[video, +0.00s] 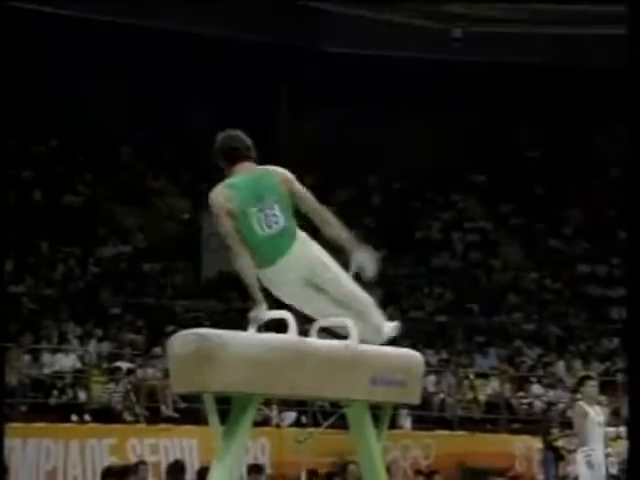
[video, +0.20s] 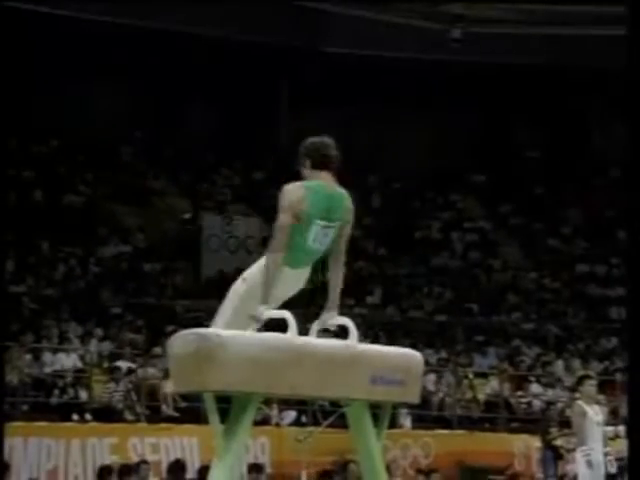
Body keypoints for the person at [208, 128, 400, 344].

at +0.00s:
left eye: (226, 159)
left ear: (223, 163)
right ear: (252, 153)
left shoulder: (220, 197)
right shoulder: (278, 174)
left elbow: (239, 252)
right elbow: (318, 214)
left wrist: (259, 303)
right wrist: (354, 248)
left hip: (275, 276)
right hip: (303, 251)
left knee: (323, 310)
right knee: (344, 287)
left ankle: (368, 337)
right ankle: (381, 328)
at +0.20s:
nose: (301, 169)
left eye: (302, 163)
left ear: (307, 164)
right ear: (332, 164)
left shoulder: (294, 192)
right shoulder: (345, 202)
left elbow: (277, 247)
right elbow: (337, 259)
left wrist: (264, 303)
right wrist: (332, 309)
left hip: (274, 270)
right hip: (299, 276)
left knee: (224, 327)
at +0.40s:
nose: (304, 184)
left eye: (306, 178)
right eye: (306, 180)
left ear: (316, 174)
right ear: (336, 175)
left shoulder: (315, 184)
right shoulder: (356, 215)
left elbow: (298, 213)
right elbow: (342, 265)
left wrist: (275, 247)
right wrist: (332, 310)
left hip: (297, 247)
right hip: (311, 277)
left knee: (235, 279)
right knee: (240, 304)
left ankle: (175, 310)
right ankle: (181, 321)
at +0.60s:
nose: (252, 210)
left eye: (251, 204)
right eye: (250, 206)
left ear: (254, 193)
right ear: (270, 184)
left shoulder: (264, 197)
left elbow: (274, 242)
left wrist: (274, 292)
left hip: (320, 215)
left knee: (345, 261)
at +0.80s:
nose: (219, 190)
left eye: (217, 185)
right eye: (218, 184)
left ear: (221, 180)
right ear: (243, 169)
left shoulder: (232, 200)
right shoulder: (268, 182)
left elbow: (259, 251)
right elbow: (307, 233)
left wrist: (281, 299)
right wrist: (330, 294)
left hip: (318, 247)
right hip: (334, 225)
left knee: (391, 286)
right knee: (398, 261)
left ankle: (469, 314)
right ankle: (473, 301)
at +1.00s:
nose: (260, 165)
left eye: (259, 160)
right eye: (258, 161)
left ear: (266, 157)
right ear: (289, 150)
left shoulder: (263, 188)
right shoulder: (312, 177)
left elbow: (269, 243)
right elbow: (334, 223)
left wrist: (279, 293)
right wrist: (357, 258)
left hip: (286, 264)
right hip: (315, 258)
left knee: (301, 319)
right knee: (334, 311)